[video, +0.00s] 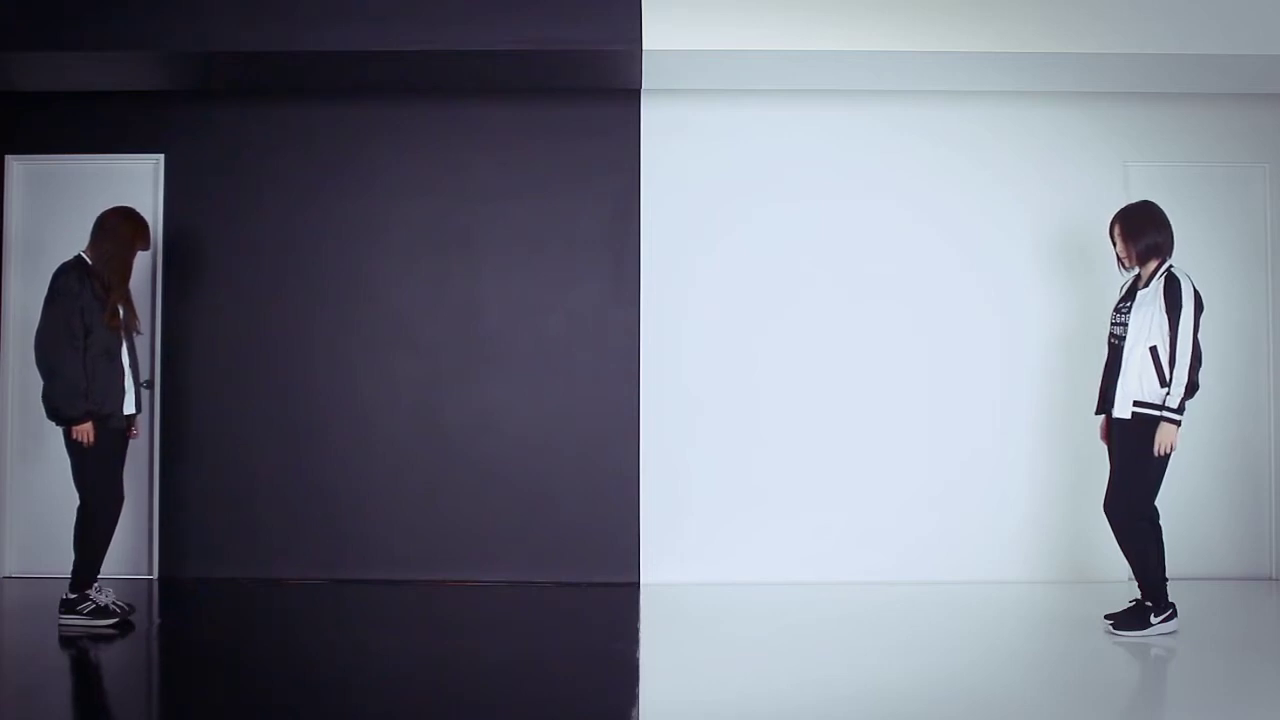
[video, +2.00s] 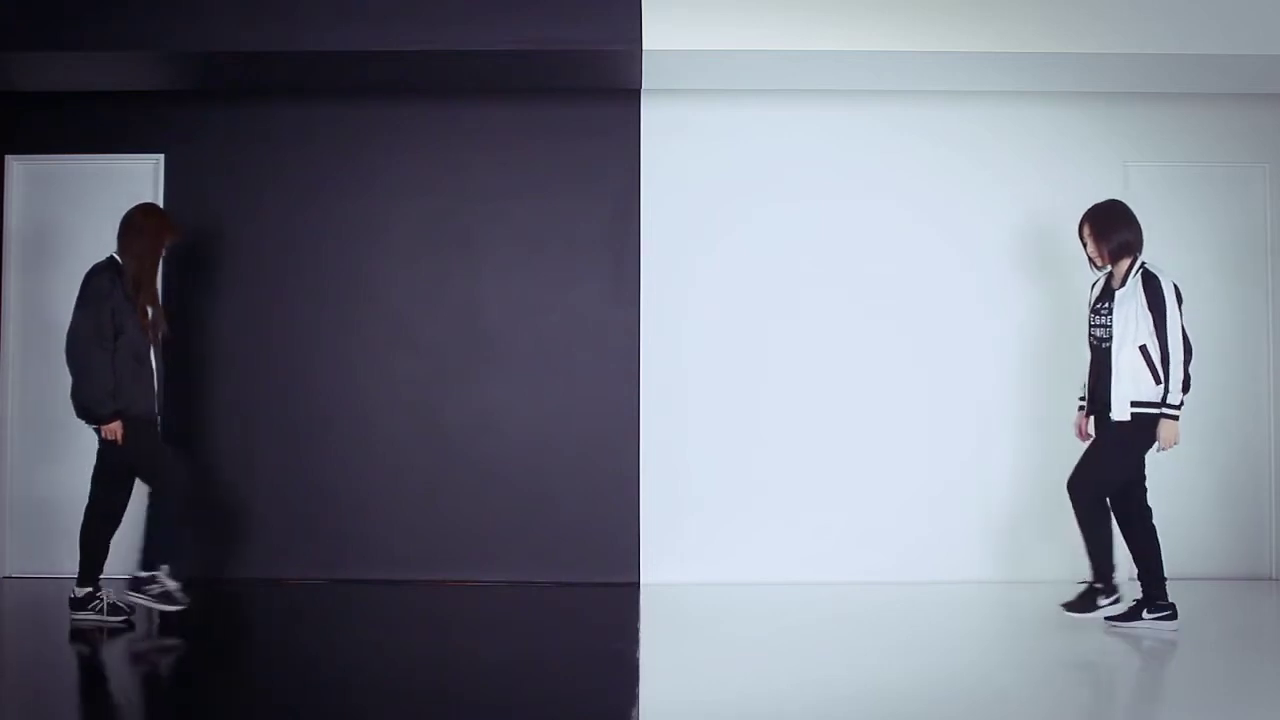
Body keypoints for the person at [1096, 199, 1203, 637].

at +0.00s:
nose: (1117, 249)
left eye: (1121, 240)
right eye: (1114, 242)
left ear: (1145, 236)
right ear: (1126, 241)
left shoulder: (1177, 284)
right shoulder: (1131, 287)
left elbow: (1187, 356)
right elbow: (1117, 355)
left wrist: (1172, 417)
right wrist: (1107, 410)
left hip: (1151, 417)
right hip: (1123, 416)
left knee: (1125, 506)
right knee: (1131, 507)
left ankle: (1157, 604)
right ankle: (1152, 600)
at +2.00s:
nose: (1089, 249)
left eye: (1093, 240)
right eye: (1086, 242)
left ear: (1117, 236)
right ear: (1092, 243)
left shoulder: (1156, 284)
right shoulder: (1100, 288)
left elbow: (1178, 351)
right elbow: (1099, 353)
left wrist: (1171, 414)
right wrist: (1087, 404)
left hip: (1139, 415)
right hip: (1109, 415)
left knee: (1082, 486)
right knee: (1131, 506)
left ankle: (1103, 584)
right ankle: (1156, 601)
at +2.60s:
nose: (993, 246)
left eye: (998, 236)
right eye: (991, 238)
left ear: (1022, 234)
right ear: (1002, 240)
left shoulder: (1054, 286)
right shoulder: (1005, 286)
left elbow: (1058, 357)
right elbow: (1000, 353)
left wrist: (1044, 419)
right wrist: (993, 412)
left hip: (1036, 417)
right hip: (1008, 415)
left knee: (1014, 509)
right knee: (1027, 509)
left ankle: (1009, 608)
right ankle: (1104, 571)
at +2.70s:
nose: (976, 243)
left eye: (981, 235)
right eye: (974, 235)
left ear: (1004, 232)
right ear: (993, 234)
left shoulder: (1036, 283)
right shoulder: (992, 282)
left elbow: (1033, 357)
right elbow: (987, 348)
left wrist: (1005, 413)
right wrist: (975, 403)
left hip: (1020, 415)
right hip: (986, 412)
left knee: (1006, 514)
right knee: (984, 513)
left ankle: (1008, 609)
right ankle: (1065, 556)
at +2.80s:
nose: (960, 243)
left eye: (964, 233)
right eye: (957, 235)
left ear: (988, 230)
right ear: (981, 233)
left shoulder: (1020, 276)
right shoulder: (977, 280)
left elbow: (1013, 349)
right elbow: (972, 347)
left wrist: (975, 402)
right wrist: (959, 400)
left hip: (1006, 413)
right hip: (972, 411)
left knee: (997, 512)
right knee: (947, 503)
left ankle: (1007, 608)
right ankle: (1022, 541)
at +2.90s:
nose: (944, 240)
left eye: (948, 230)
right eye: (942, 232)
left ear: (971, 227)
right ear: (960, 232)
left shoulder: (1004, 272)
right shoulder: (964, 279)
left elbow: (1000, 347)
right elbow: (958, 348)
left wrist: (955, 393)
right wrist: (943, 397)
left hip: (994, 411)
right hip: (958, 409)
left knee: (990, 511)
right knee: (918, 491)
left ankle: (1007, 607)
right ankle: (984, 541)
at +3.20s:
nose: (897, 241)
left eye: (901, 232)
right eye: (895, 233)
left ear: (923, 231)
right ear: (925, 231)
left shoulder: (954, 275)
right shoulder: (920, 282)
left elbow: (958, 352)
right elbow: (918, 353)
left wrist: (931, 413)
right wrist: (909, 413)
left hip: (950, 421)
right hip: (913, 419)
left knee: (967, 514)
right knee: (886, 514)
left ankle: (1003, 602)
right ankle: (857, 608)